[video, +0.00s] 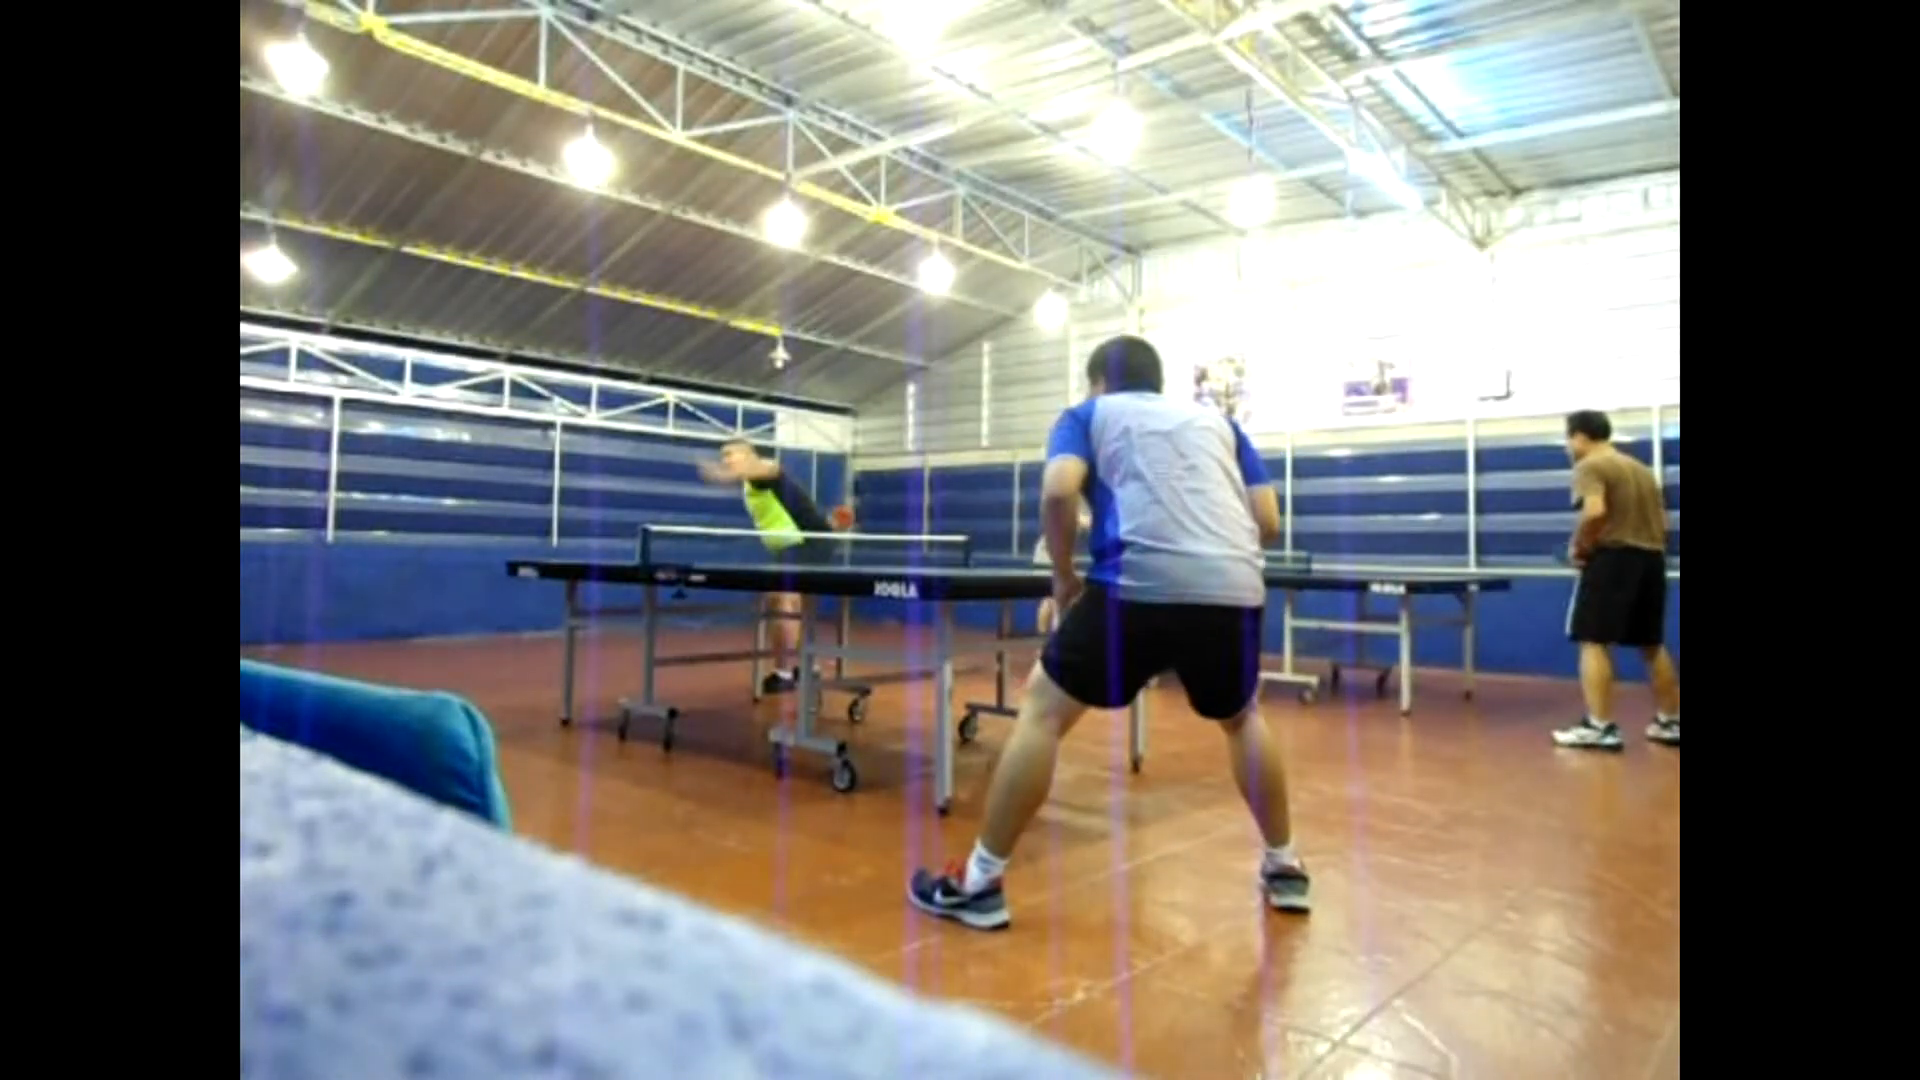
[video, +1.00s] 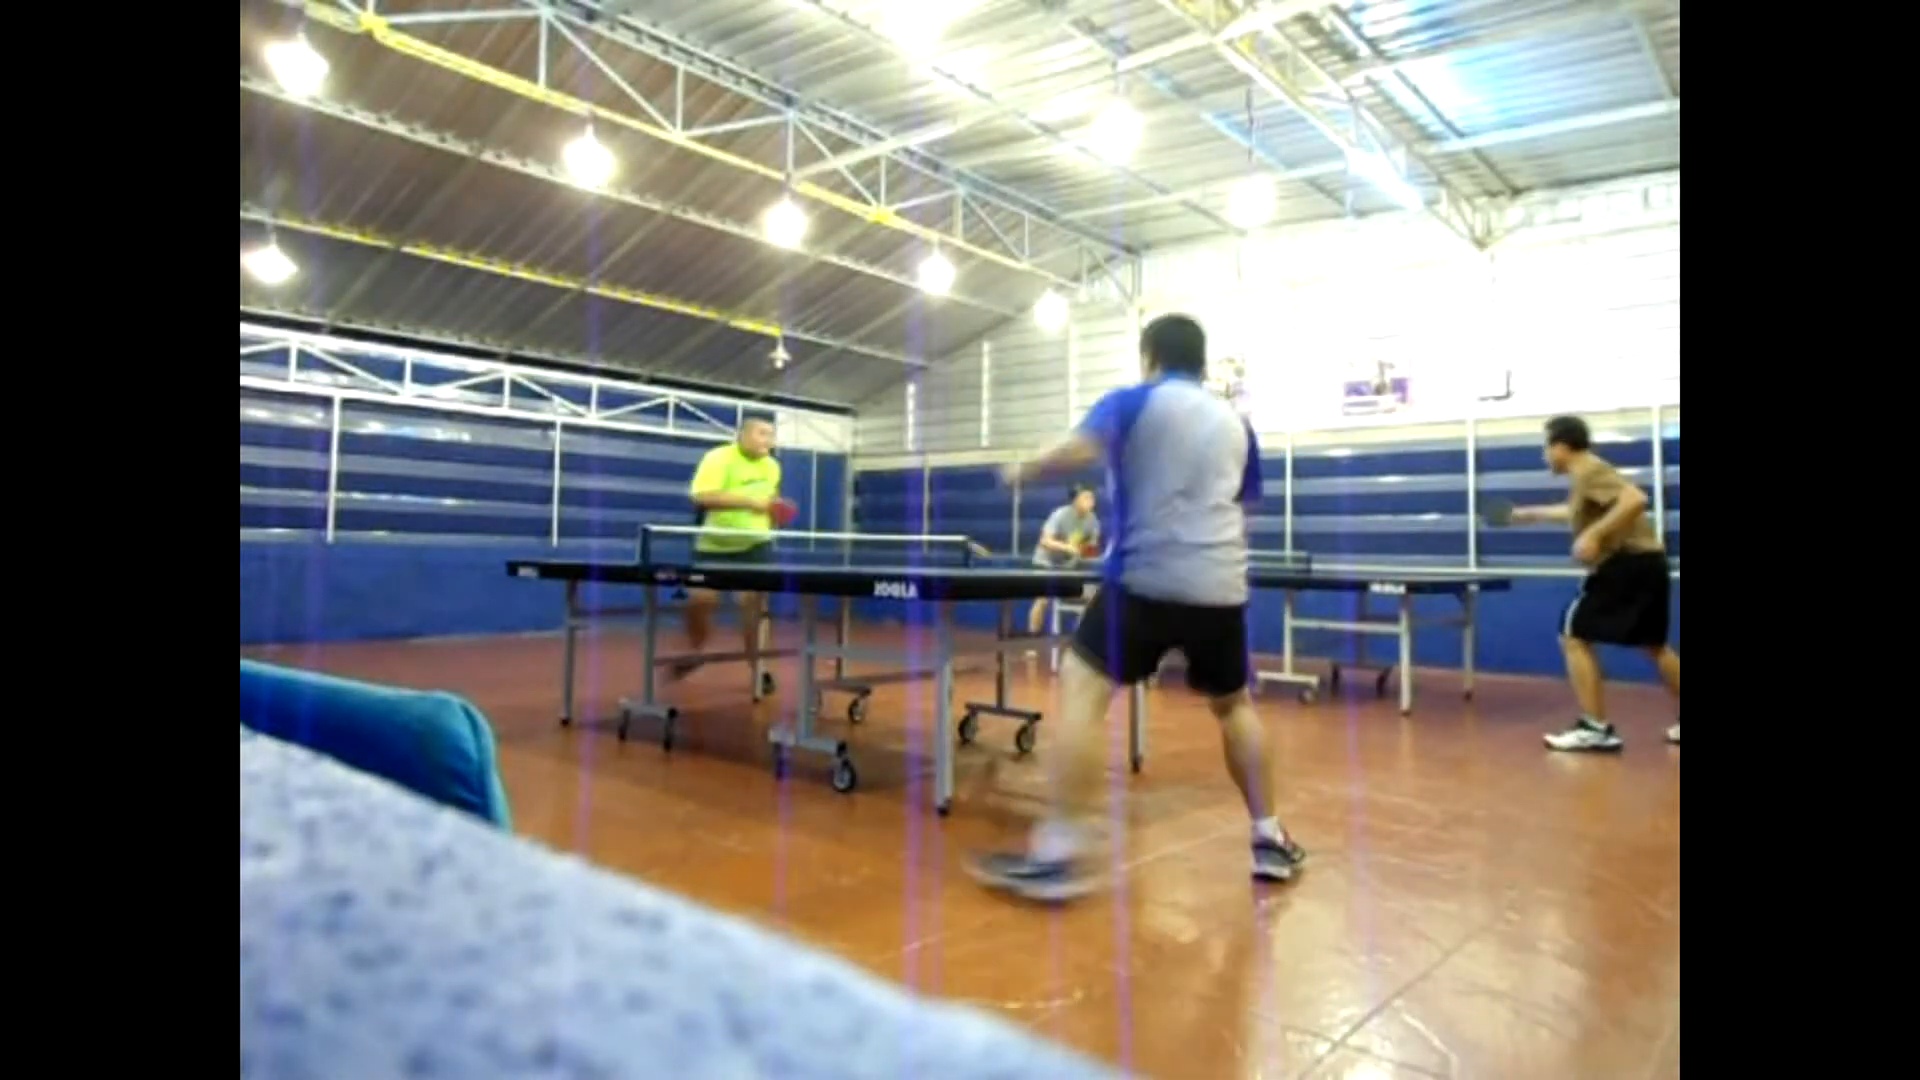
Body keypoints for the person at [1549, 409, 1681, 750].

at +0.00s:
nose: (1569, 446)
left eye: (1571, 439)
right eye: (1569, 439)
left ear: (1583, 438)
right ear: (1604, 435)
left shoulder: (1591, 465)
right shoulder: (1640, 469)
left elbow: (1595, 511)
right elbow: (1660, 520)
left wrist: (1579, 545)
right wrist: (1643, 543)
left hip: (1611, 553)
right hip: (1650, 555)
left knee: (1592, 641)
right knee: (1652, 644)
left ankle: (1598, 723)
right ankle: (1670, 718)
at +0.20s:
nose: (1567, 451)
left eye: (1568, 443)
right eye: (1566, 444)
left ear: (1580, 440)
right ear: (1601, 437)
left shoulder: (1596, 466)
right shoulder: (1635, 467)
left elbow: (1601, 510)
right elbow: (1651, 517)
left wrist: (1580, 539)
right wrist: (1601, 537)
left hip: (1626, 553)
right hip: (1660, 552)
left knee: (1602, 639)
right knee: (1657, 643)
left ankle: (1609, 721)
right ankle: (1671, 718)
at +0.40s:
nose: (1546, 466)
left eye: (1547, 458)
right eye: (1545, 459)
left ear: (1560, 455)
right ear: (1577, 450)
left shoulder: (1586, 475)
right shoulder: (1612, 472)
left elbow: (1573, 528)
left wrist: (1546, 532)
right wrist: (1561, 535)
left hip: (1635, 559)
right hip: (1666, 554)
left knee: (1602, 640)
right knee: (1656, 645)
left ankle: (1599, 723)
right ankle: (1671, 719)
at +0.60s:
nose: (1527, 482)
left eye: (1526, 473)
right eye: (1524, 474)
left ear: (1538, 469)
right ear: (1554, 462)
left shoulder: (1567, 488)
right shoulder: (1585, 481)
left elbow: (1541, 540)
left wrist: (1523, 523)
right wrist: (1537, 531)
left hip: (1628, 567)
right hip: (1656, 561)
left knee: (1580, 642)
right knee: (1647, 645)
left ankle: (1596, 726)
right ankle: (1673, 719)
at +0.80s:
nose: (1524, 465)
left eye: (1526, 456)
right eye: (1523, 457)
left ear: (1542, 455)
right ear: (1551, 455)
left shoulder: (1573, 476)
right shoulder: (1560, 486)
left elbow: (1593, 512)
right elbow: (1529, 508)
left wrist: (1554, 532)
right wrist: (1492, 504)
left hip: (1621, 564)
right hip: (1647, 562)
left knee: (1577, 640)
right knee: (1653, 646)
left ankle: (1595, 724)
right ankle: (1680, 718)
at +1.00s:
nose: (1547, 455)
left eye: (1549, 447)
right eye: (1547, 447)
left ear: (1564, 446)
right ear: (1575, 445)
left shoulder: (1589, 470)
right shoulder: (1586, 474)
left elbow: (1633, 498)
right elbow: (1577, 511)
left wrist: (1595, 534)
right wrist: (1533, 514)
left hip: (1624, 563)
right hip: (1649, 562)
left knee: (1574, 638)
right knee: (1655, 645)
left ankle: (1595, 725)